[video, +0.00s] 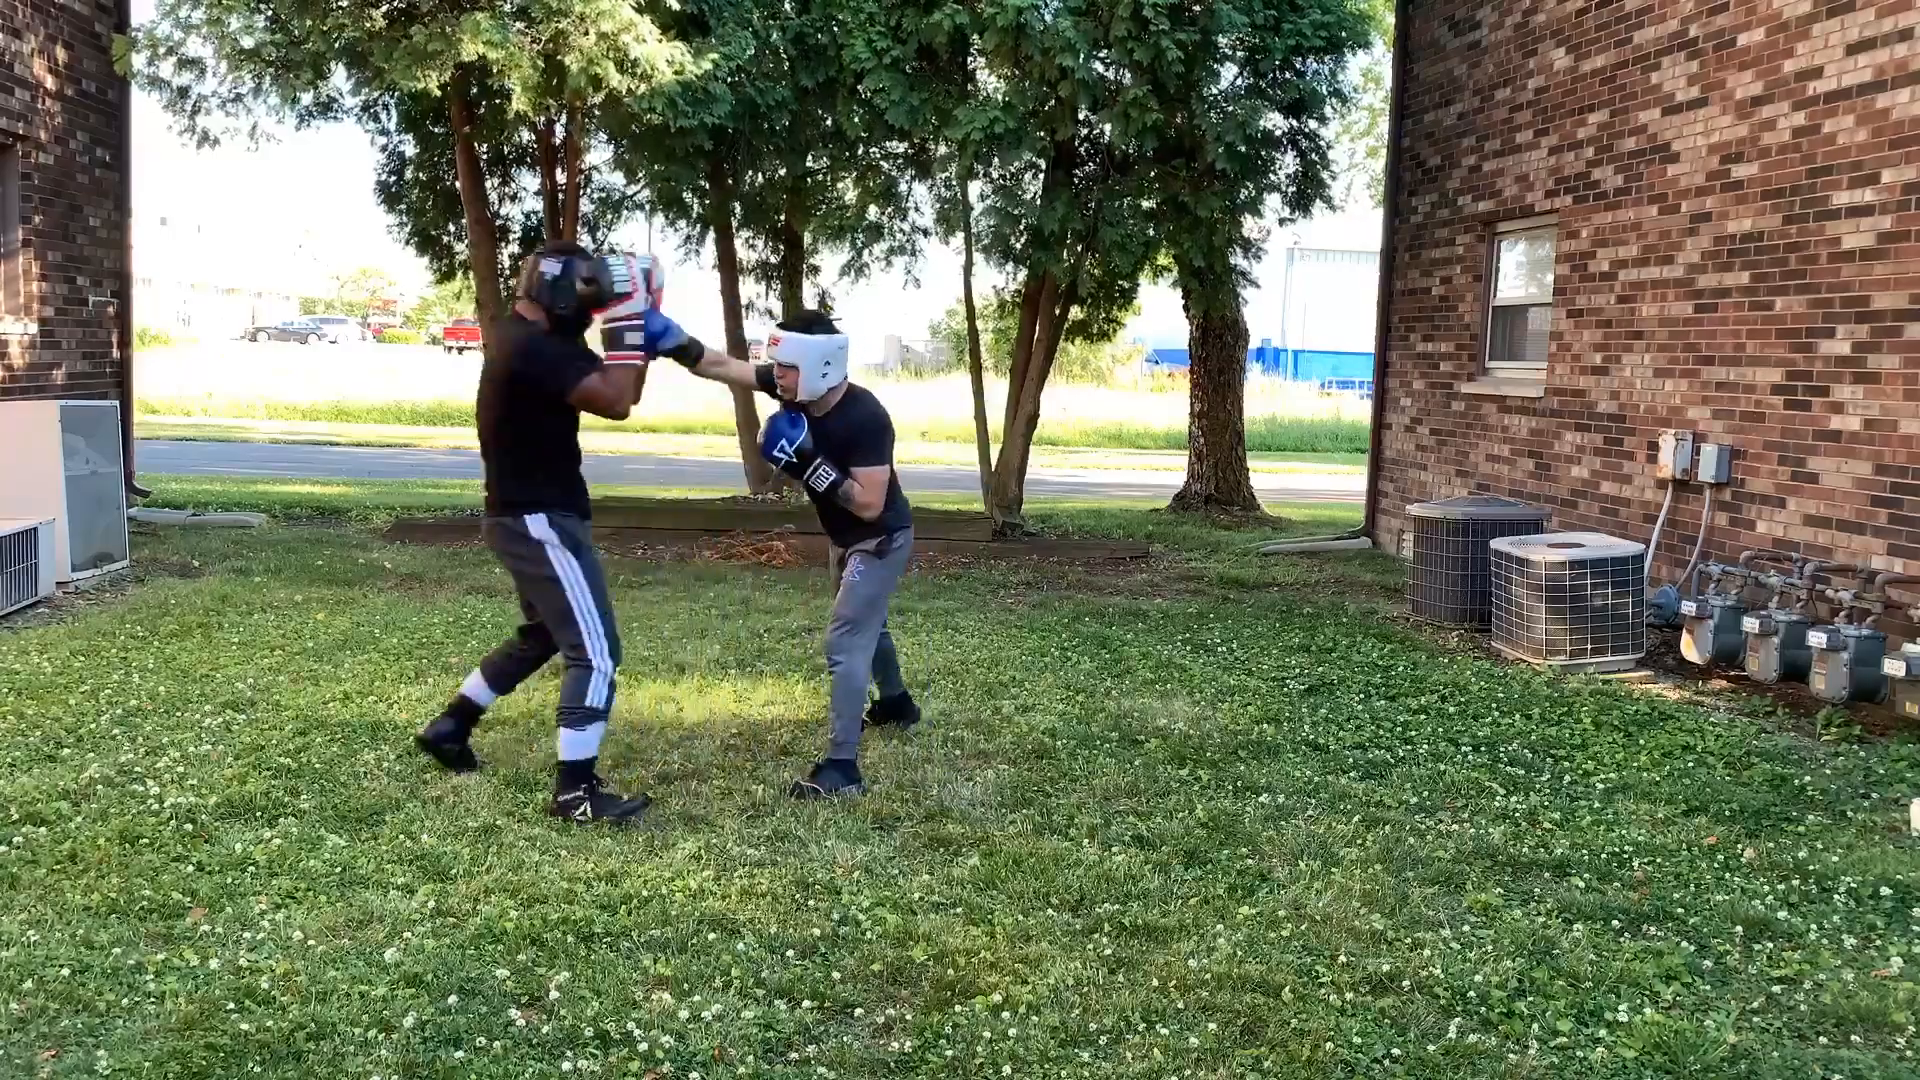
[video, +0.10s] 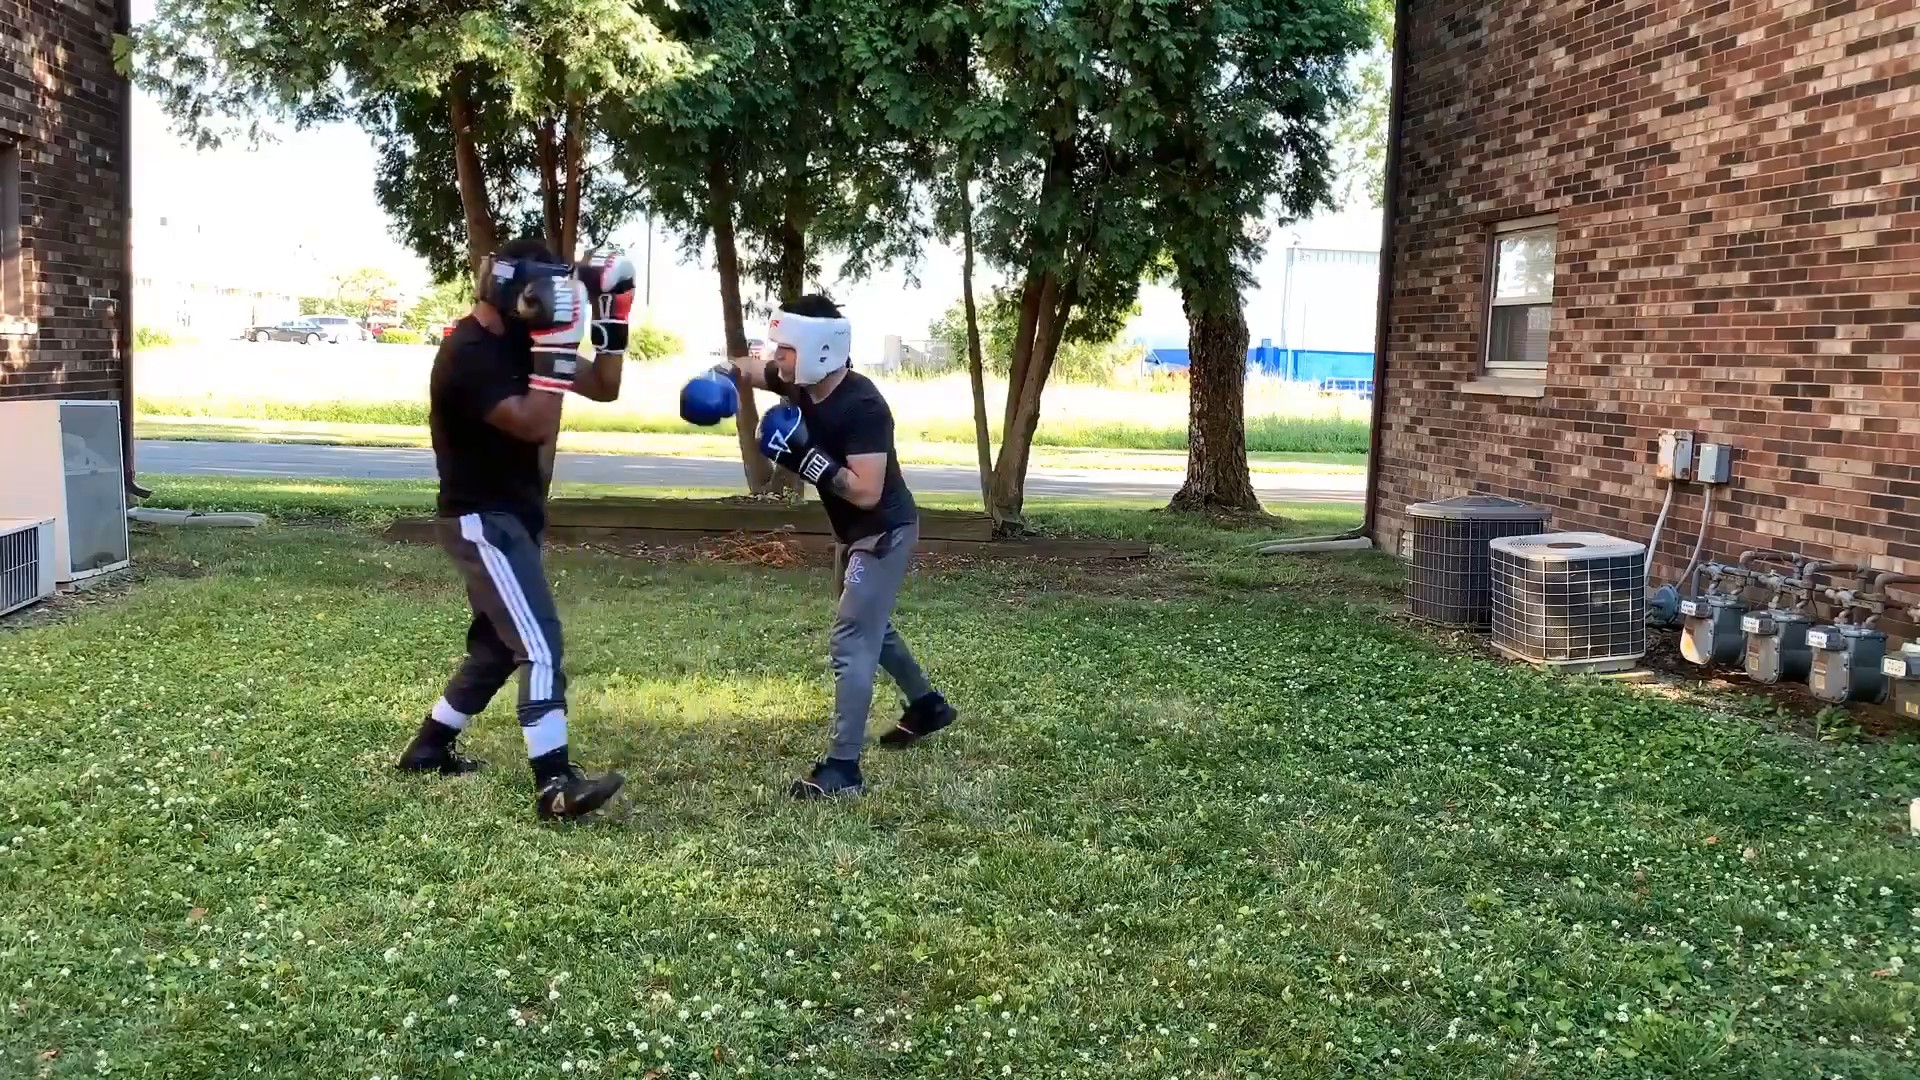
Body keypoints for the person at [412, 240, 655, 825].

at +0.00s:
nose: (589, 312)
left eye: (591, 299)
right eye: (586, 299)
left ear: (537, 294)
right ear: (567, 300)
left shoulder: (515, 341)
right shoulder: (538, 349)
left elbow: (610, 389)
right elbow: (618, 399)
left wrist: (635, 314)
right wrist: (627, 318)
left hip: (520, 516)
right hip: (540, 519)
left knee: (544, 634)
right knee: (597, 651)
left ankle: (450, 726)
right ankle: (576, 786)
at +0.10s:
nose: (547, 305)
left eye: (549, 296)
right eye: (540, 294)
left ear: (527, 297)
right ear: (511, 291)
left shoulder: (517, 341)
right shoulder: (466, 353)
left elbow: (603, 387)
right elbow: (537, 425)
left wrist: (611, 320)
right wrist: (550, 350)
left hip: (516, 517)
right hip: (479, 519)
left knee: (497, 644)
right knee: (540, 641)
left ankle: (429, 749)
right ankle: (554, 779)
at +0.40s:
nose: (452, 299)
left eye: (455, 287)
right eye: (445, 287)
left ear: (416, 282)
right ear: (410, 280)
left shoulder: (427, 336)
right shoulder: (349, 341)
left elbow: (440, 398)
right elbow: (350, 436)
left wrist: (472, 379)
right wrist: (430, 403)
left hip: (424, 514)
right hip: (363, 517)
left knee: (458, 632)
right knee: (327, 655)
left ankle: (422, 748)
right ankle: (243, 770)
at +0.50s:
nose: (431, 302)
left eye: (435, 291)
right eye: (426, 289)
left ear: (393, 281)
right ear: (394, 281)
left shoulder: (398, 344)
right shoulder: (329, 345)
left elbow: (375, 424)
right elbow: (324, 444)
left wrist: (431, 429)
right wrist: (411, 422)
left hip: (396, 512)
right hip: (334, 517)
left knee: (446, 629)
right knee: (309, 657)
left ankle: (423, 748)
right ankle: (240, 772)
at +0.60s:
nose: (420, 291)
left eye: (425, 279)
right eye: (414, 277)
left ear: (385, 271)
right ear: (381, 268)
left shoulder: (390, 333)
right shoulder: (315, 331)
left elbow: (369, 407)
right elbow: (307, 428)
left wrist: (417, 394)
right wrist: (392, 403)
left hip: (394, 508)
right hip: (330, 513)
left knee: (445, 621)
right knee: (306, 646)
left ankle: (427, 744)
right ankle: (238, 770)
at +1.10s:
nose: (467, 338)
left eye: (470, 329)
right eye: (462, 327)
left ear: (439, 325)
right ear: (432, 322)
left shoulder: (443, 362)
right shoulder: (385, 377)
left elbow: (515, 413)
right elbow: (467, 447)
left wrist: (511, 342)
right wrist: (495, 372)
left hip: (454, 540)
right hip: (389, 552)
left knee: (527, 641)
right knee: (348, 678)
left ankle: (538, 748)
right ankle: (251, 773)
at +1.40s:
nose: (463, 390)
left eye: (477, 382)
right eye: (458, 373)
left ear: (488, 378)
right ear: (437, 343)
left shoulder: (461, 421)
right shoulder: (359, 357)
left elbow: (404, 501)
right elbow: (344, 440)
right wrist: (422, 413)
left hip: (444, 543)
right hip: (361, 545)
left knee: (509, 649)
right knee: (321, 661)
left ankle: (539, 755)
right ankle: (251, 769)